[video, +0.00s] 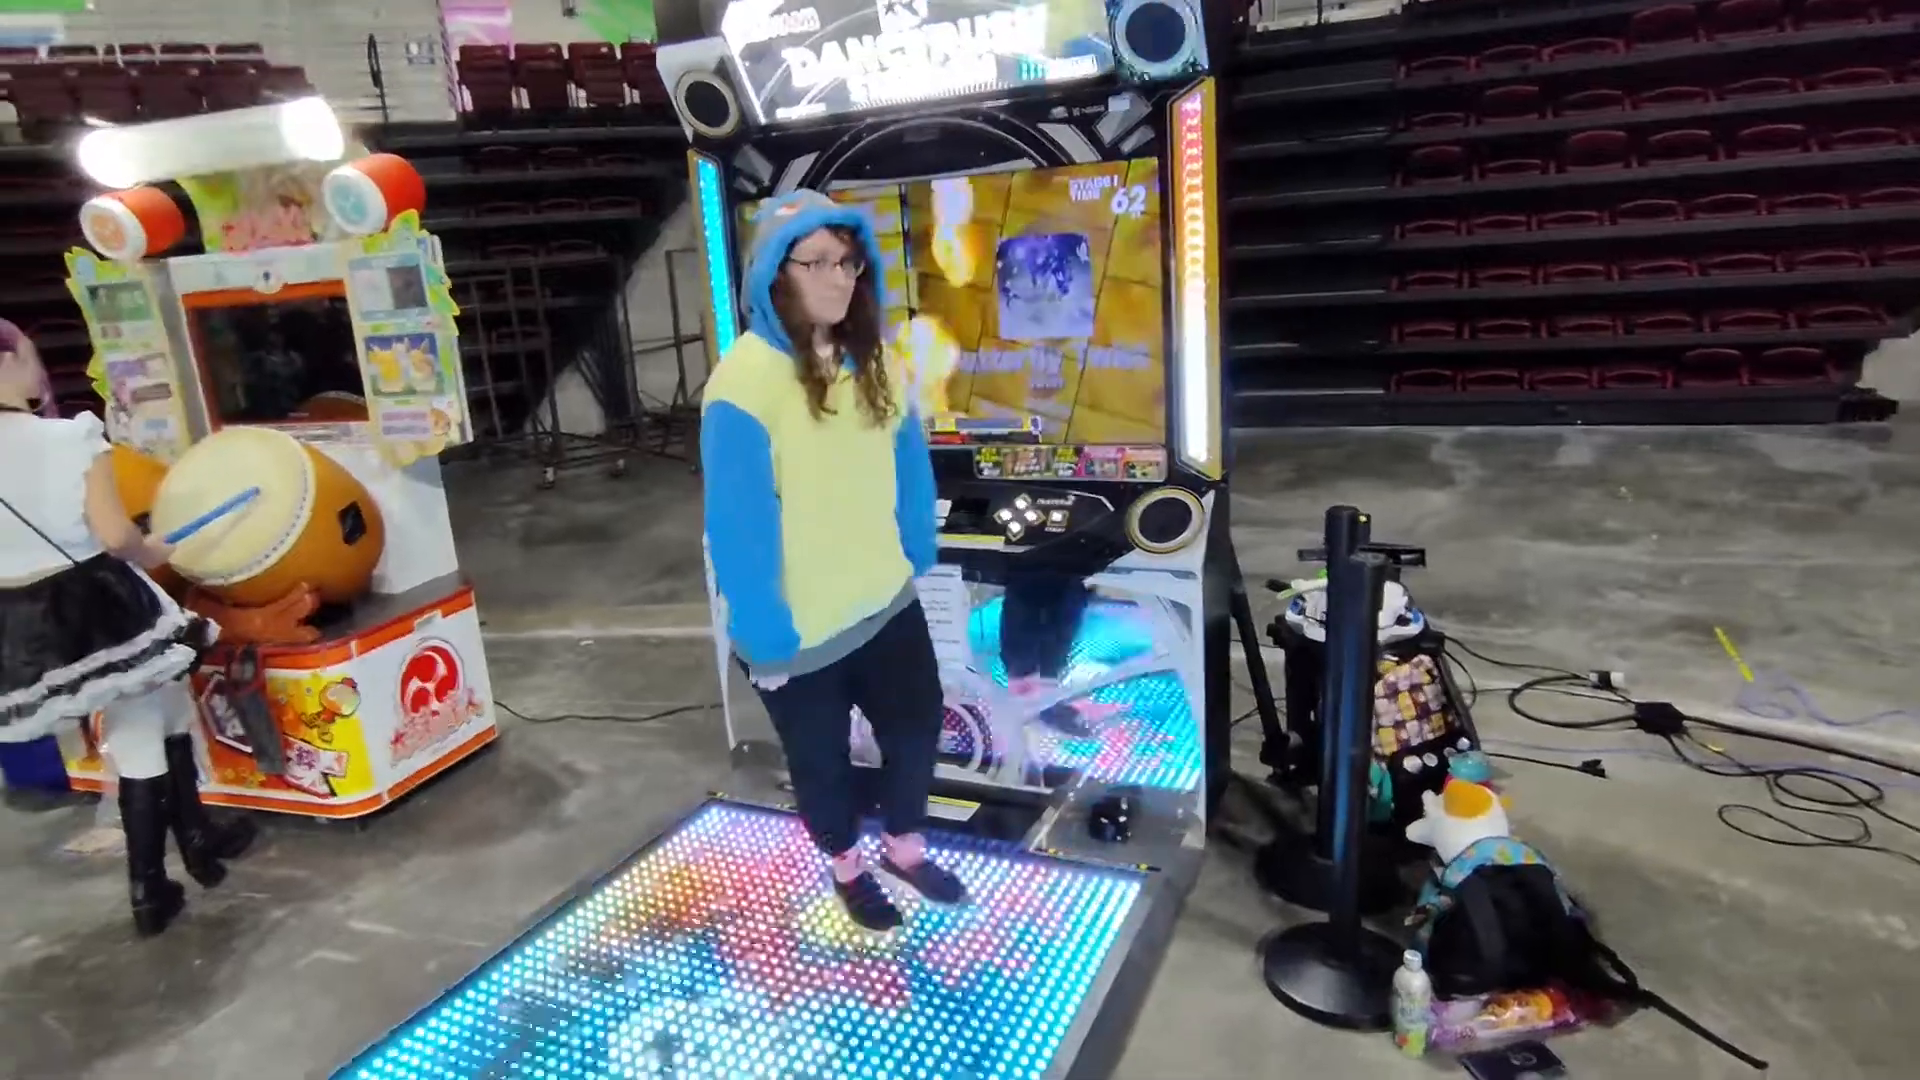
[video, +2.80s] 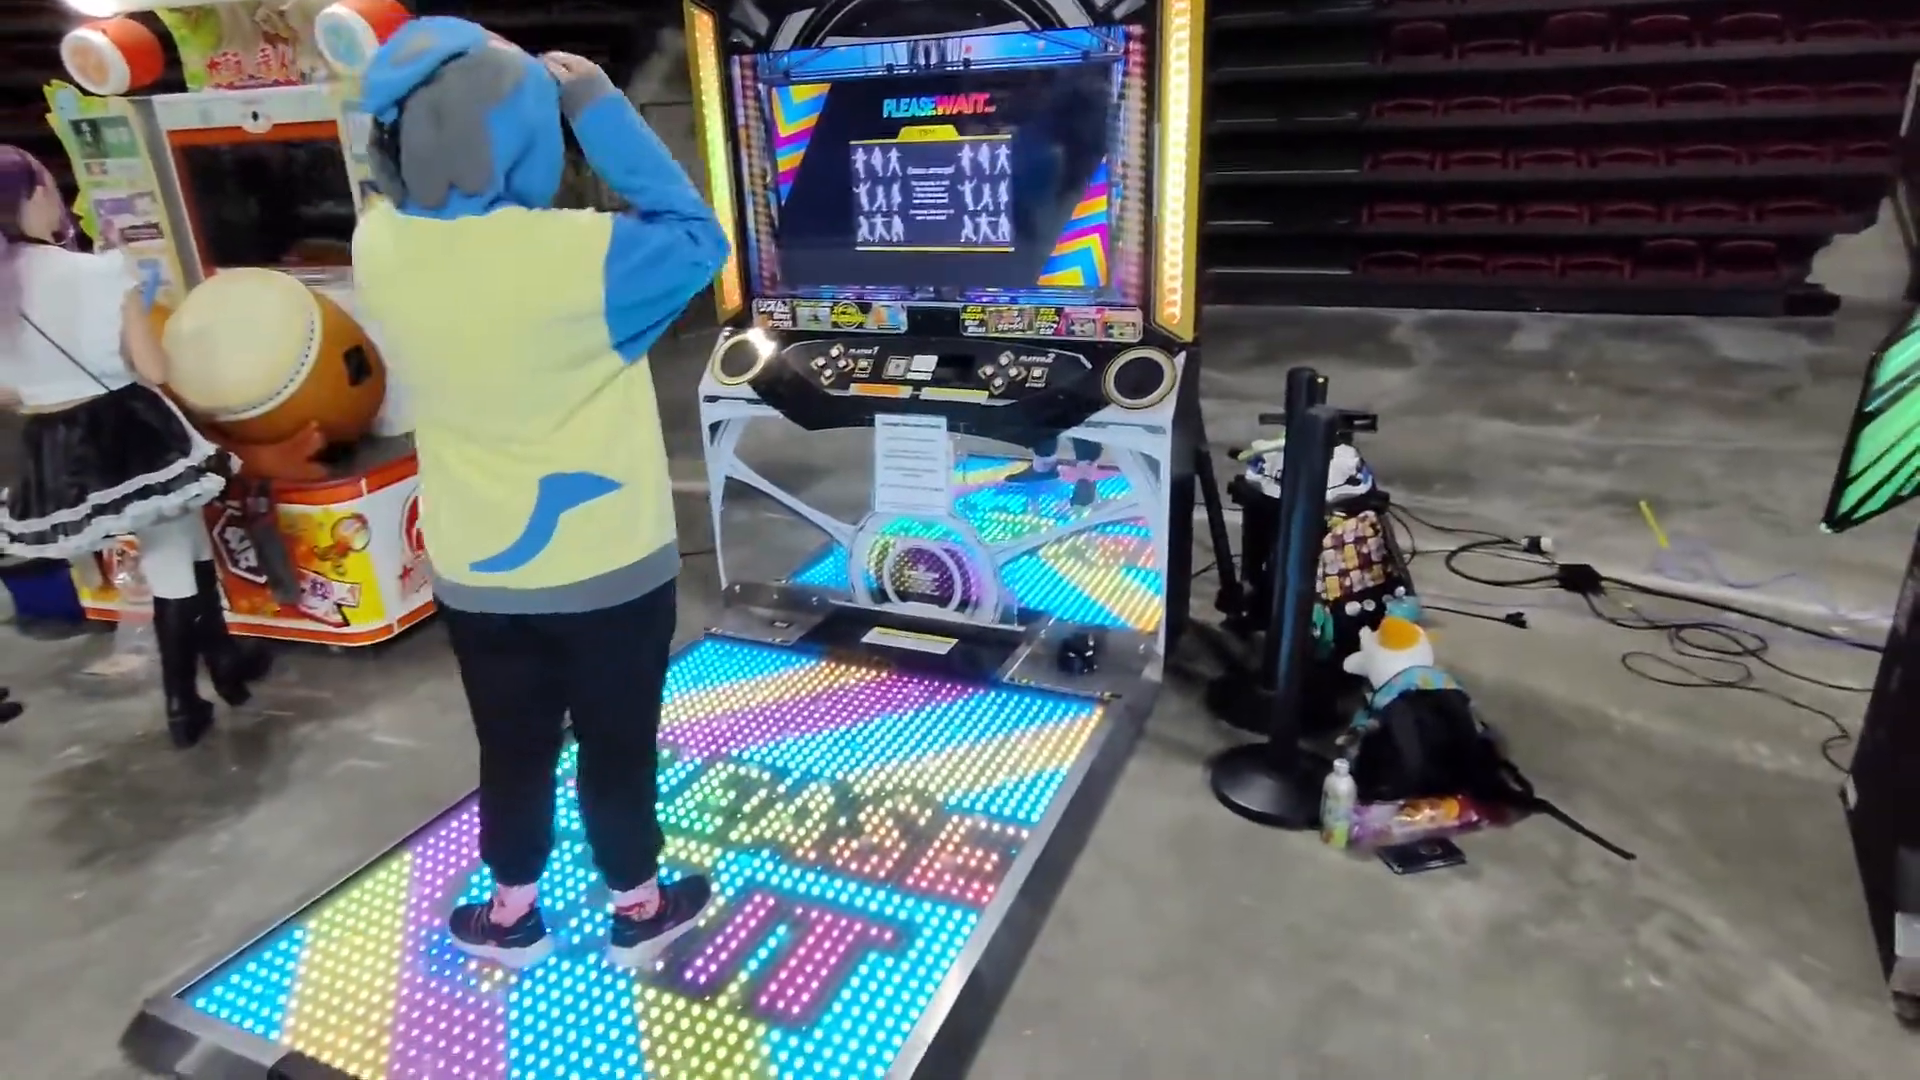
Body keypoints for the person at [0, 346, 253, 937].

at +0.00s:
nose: (36, 362)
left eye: (30, 353)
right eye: (28, 354)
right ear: (15, 363)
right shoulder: (72, 438)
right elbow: (113, 536)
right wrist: (152, 550)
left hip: (20, 632)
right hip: (93, 619)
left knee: (165, 697)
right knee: (138, 730)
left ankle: (198, 838)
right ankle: (147, 886)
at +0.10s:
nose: (52, 363)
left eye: (46, 349)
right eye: (44, 350)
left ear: (2, 361)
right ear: (16, 355)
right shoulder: (80, 431)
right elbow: (126, 529)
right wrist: (160, 546)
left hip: (28, 620)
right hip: (106, 607)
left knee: (178, 689)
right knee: (150, 720)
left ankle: (209, 828)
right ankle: (160, 877)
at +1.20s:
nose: (67, 340)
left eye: (60, 328)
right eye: (56, 329)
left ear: (13, 347)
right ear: (28, 342)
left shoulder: (7, 417)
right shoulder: (103, 409)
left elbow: (13, 535)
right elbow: (157, 498)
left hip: (45, 589)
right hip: (121, 578)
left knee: (173, 674)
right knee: (164, 700)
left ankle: (218, 807)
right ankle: (165, 855)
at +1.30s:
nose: (54, 334)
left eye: (47, 323)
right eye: (46, 323)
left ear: (4, 340)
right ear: (22, 333)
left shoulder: (7, 412)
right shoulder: (92, 408)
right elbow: (147, 500)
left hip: (34, 595)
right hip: (112, 585)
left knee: (166, 670)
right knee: (151, 695)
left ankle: (205, 809)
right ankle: (154, 858)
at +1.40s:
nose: (33, 323)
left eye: (26, 310)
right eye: (25, 311)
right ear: (8, 319)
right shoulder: (74, 395)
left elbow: (129, 488)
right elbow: (133, 490)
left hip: (15, 593)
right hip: (89, 583)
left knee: (147, 651)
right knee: (138, 683)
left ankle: (187, 798)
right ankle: (137, 850)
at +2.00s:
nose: (30, 261)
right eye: (24, 251)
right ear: (16, 257)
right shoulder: (48, 323)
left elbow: (92, 419)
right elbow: (94, 421)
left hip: (11, 505)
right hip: (70, 493)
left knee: (125, 593)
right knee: (108, 623)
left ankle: (165, 726)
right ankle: (118, 774)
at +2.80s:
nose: (60, 200)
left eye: (55, 189)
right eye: (52, 190)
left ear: (8, 206)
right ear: (29, 199)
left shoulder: (5, 282)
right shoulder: (102, 271)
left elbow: (9, 393)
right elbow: (151, 369)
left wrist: (51, 393)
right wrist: (140, 313)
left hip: (56, 443)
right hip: (128, 432)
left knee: (179, 535)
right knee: (168, 560)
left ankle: (225, 658)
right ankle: (183, 706)